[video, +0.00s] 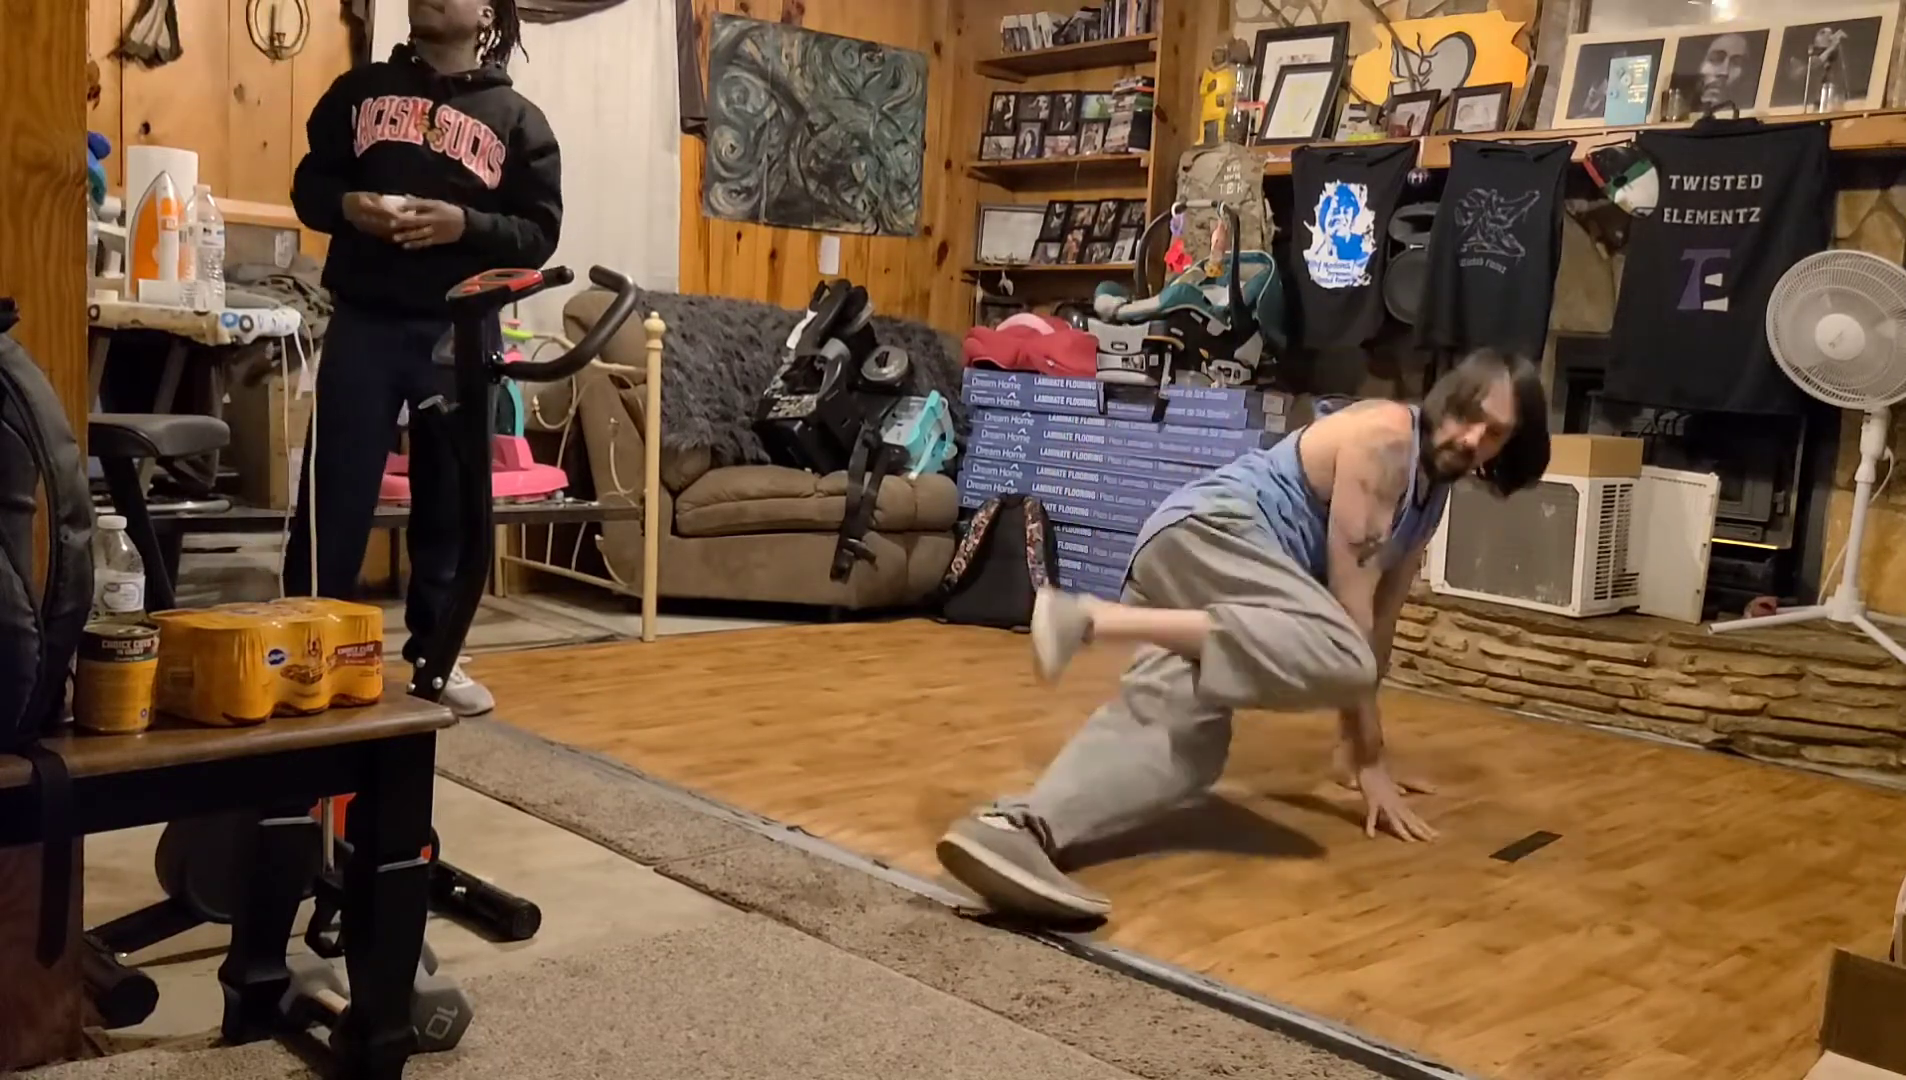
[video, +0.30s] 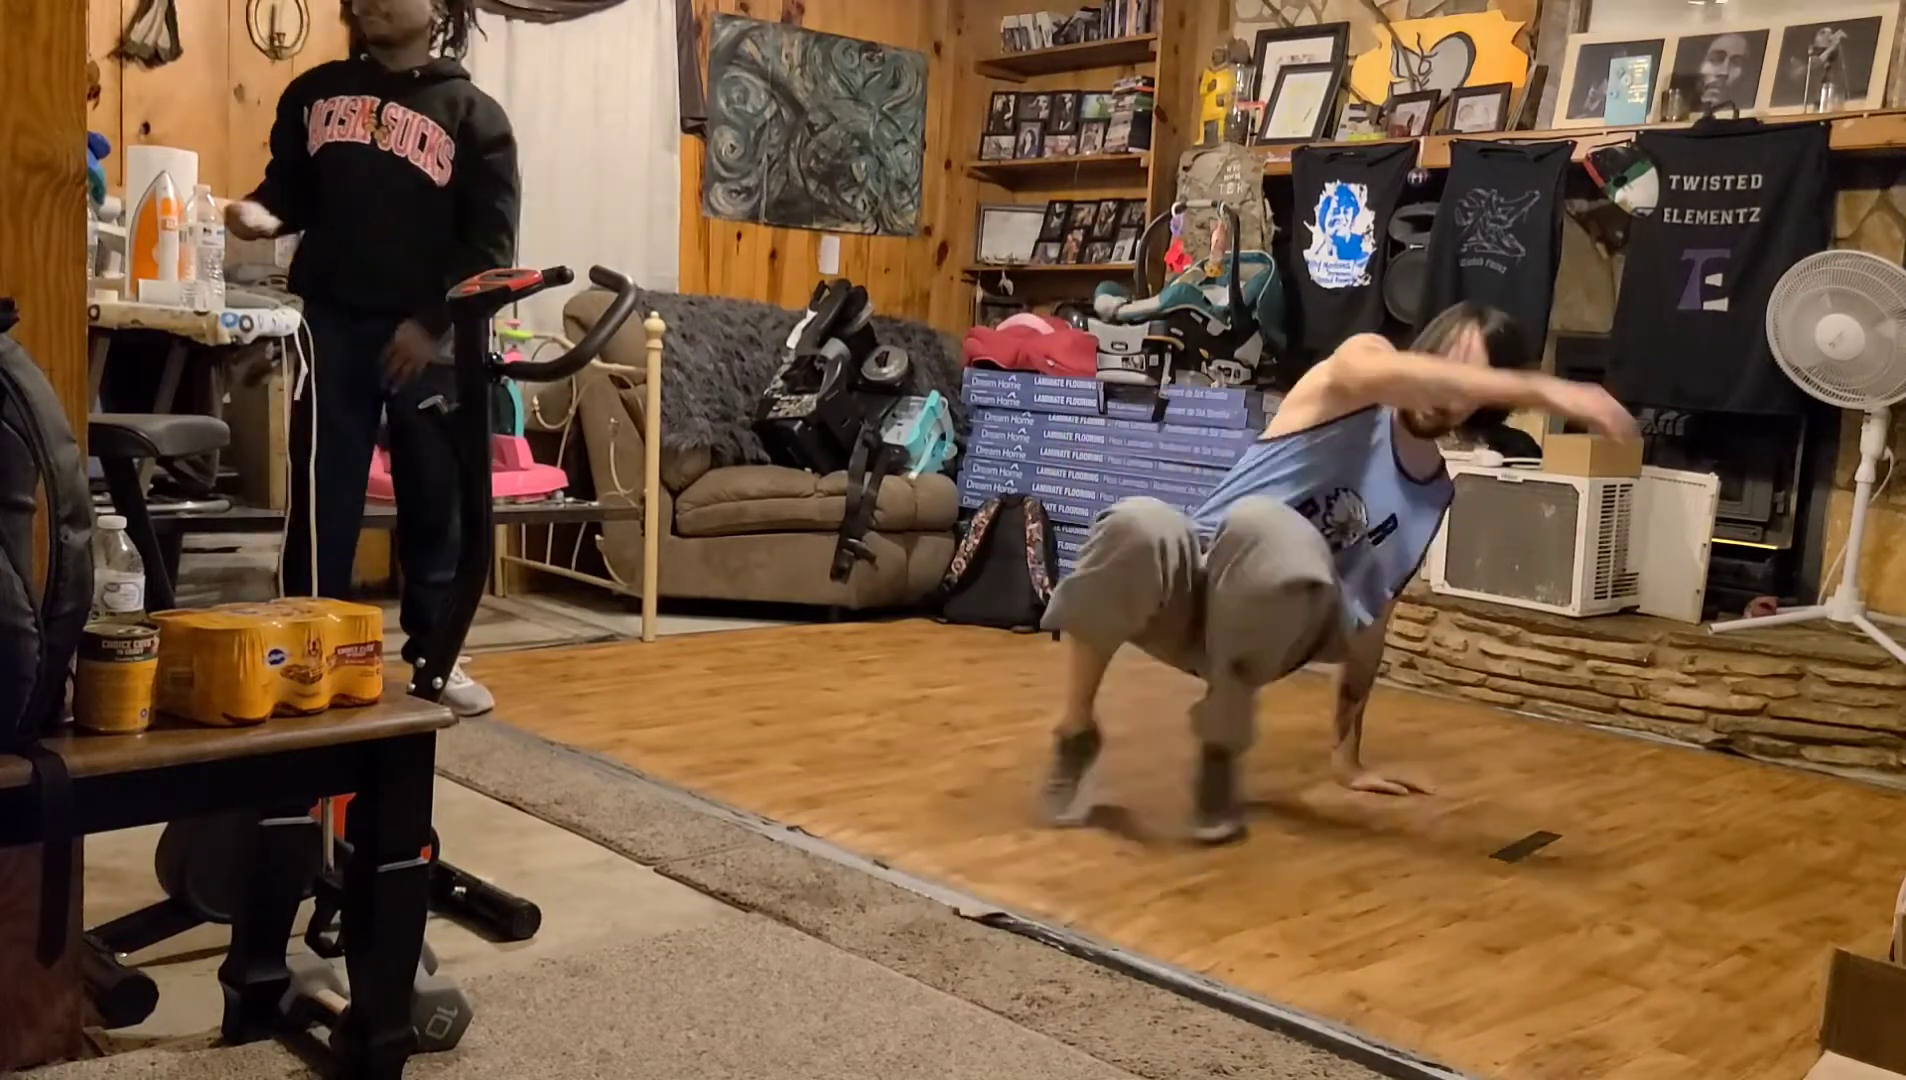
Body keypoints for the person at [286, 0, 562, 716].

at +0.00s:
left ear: (488, 15)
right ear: (413, 8)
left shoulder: (519, 121)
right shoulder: (360, 89)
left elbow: (540, 235)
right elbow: (309, 190)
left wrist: (465, 224)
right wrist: (351, 206)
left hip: (460, 332)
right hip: (364, 324)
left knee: (451, 501)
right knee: (336, 494)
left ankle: (435, 660)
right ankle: (310, 656)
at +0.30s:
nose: (372, 2)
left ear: (435, 10)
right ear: (353, 9)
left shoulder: (472, 114)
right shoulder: (312, 93)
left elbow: (491, 242)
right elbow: (290, 193)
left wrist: (434, 320)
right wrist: (259, 211)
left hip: (428, 334)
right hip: (331, 329)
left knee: (437, 501)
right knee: (324, 497)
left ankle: (436, 658)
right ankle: (309, 656)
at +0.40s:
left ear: (417, 7)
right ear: (334, 5)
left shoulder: (456, 112)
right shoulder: (293, 93)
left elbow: (472, 245)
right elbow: (274, 197)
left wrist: (424, 333)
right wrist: (217, 214)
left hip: (416, 334)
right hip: (317, 329)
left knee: (433, 497)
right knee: (314, 494)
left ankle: (433, 657)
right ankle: (305, 654)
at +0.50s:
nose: (335, 0)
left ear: (393, 9)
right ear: (312, 4)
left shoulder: (436, 106)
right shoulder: (270, 93)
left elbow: (458, 236)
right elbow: (249, 204)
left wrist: (417, 331)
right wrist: (183, 225)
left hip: (409, 329)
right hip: (307, 329)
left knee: (427, 499)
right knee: (307, 498)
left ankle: (434, 660)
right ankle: (300, 659)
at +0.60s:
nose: (308, 7)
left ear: (371, 11)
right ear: (290, 8)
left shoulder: (419, 102)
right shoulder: (255, 96)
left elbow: (448, 231)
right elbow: (221, 212)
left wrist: (407, 330)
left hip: (406, 327)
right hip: (302, 327)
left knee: (431, 492)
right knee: (306, 496)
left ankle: (437, 659)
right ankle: (301, 659)